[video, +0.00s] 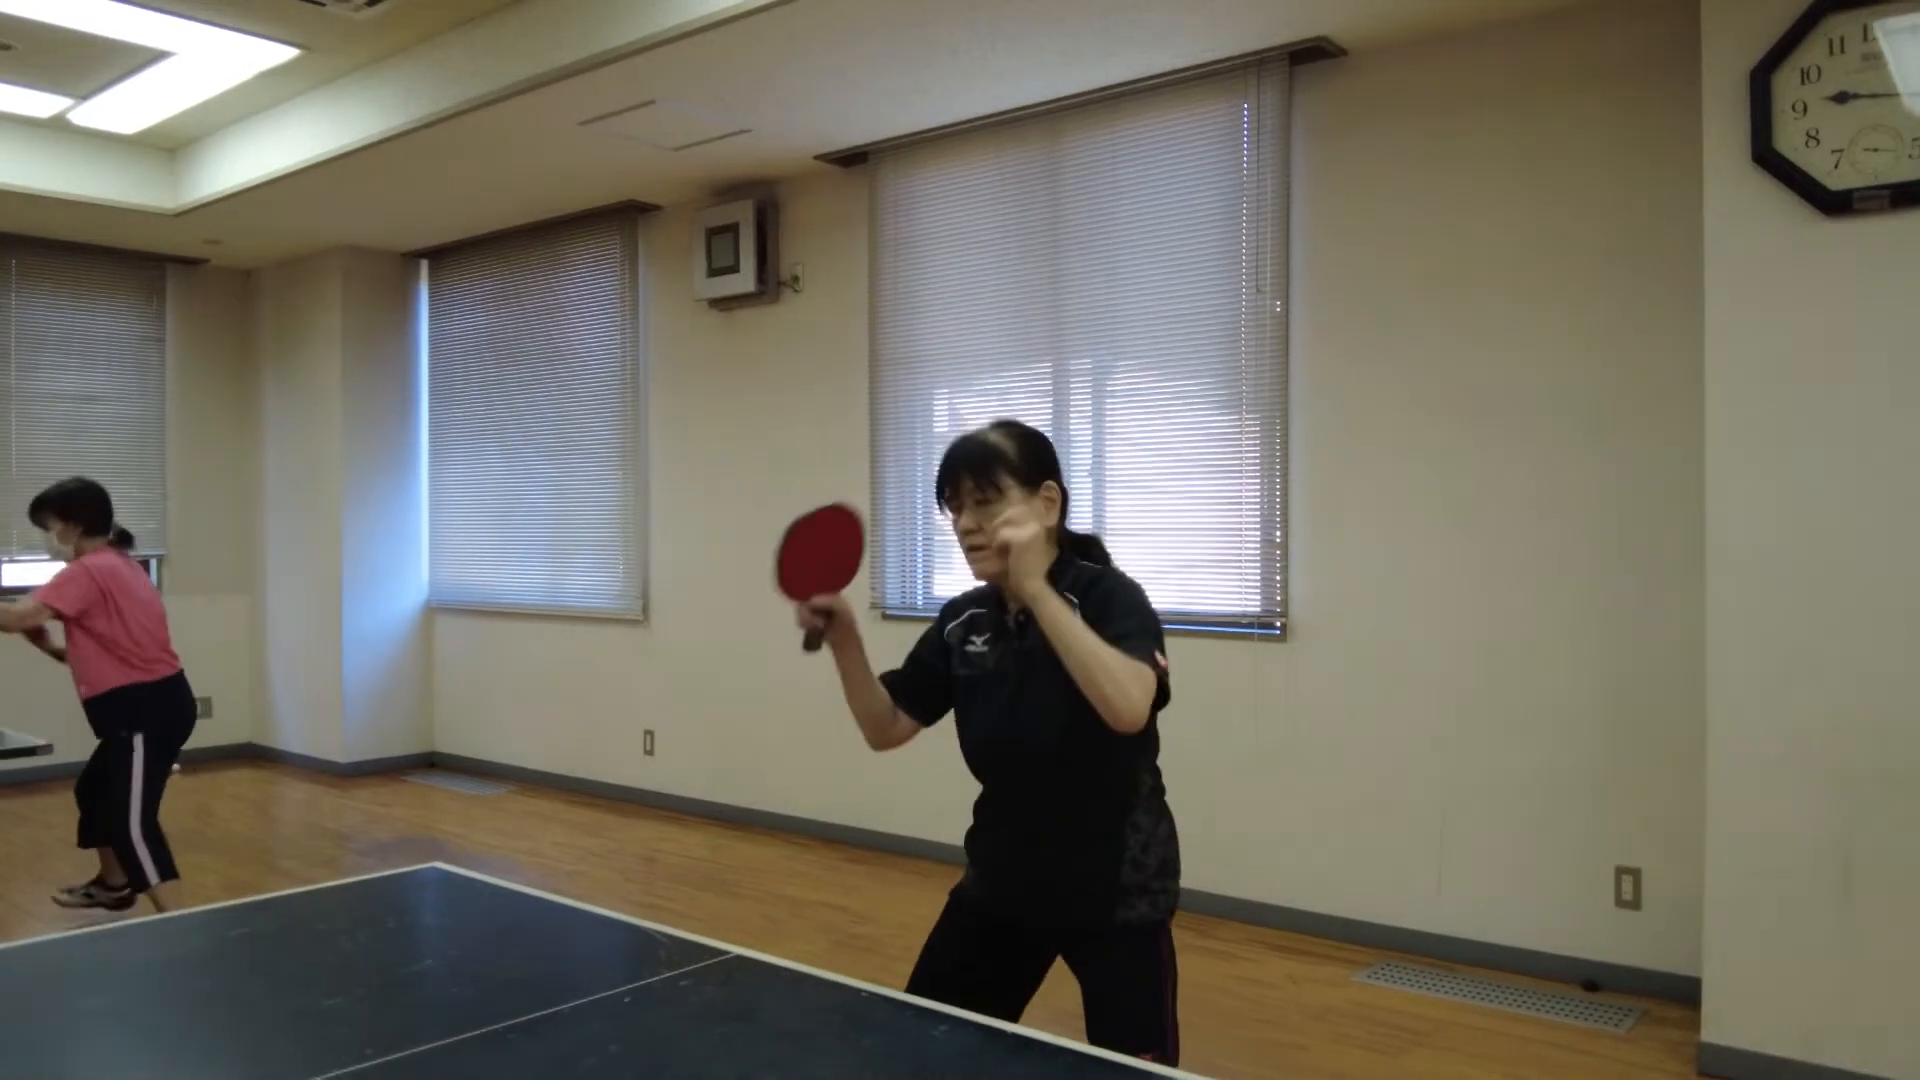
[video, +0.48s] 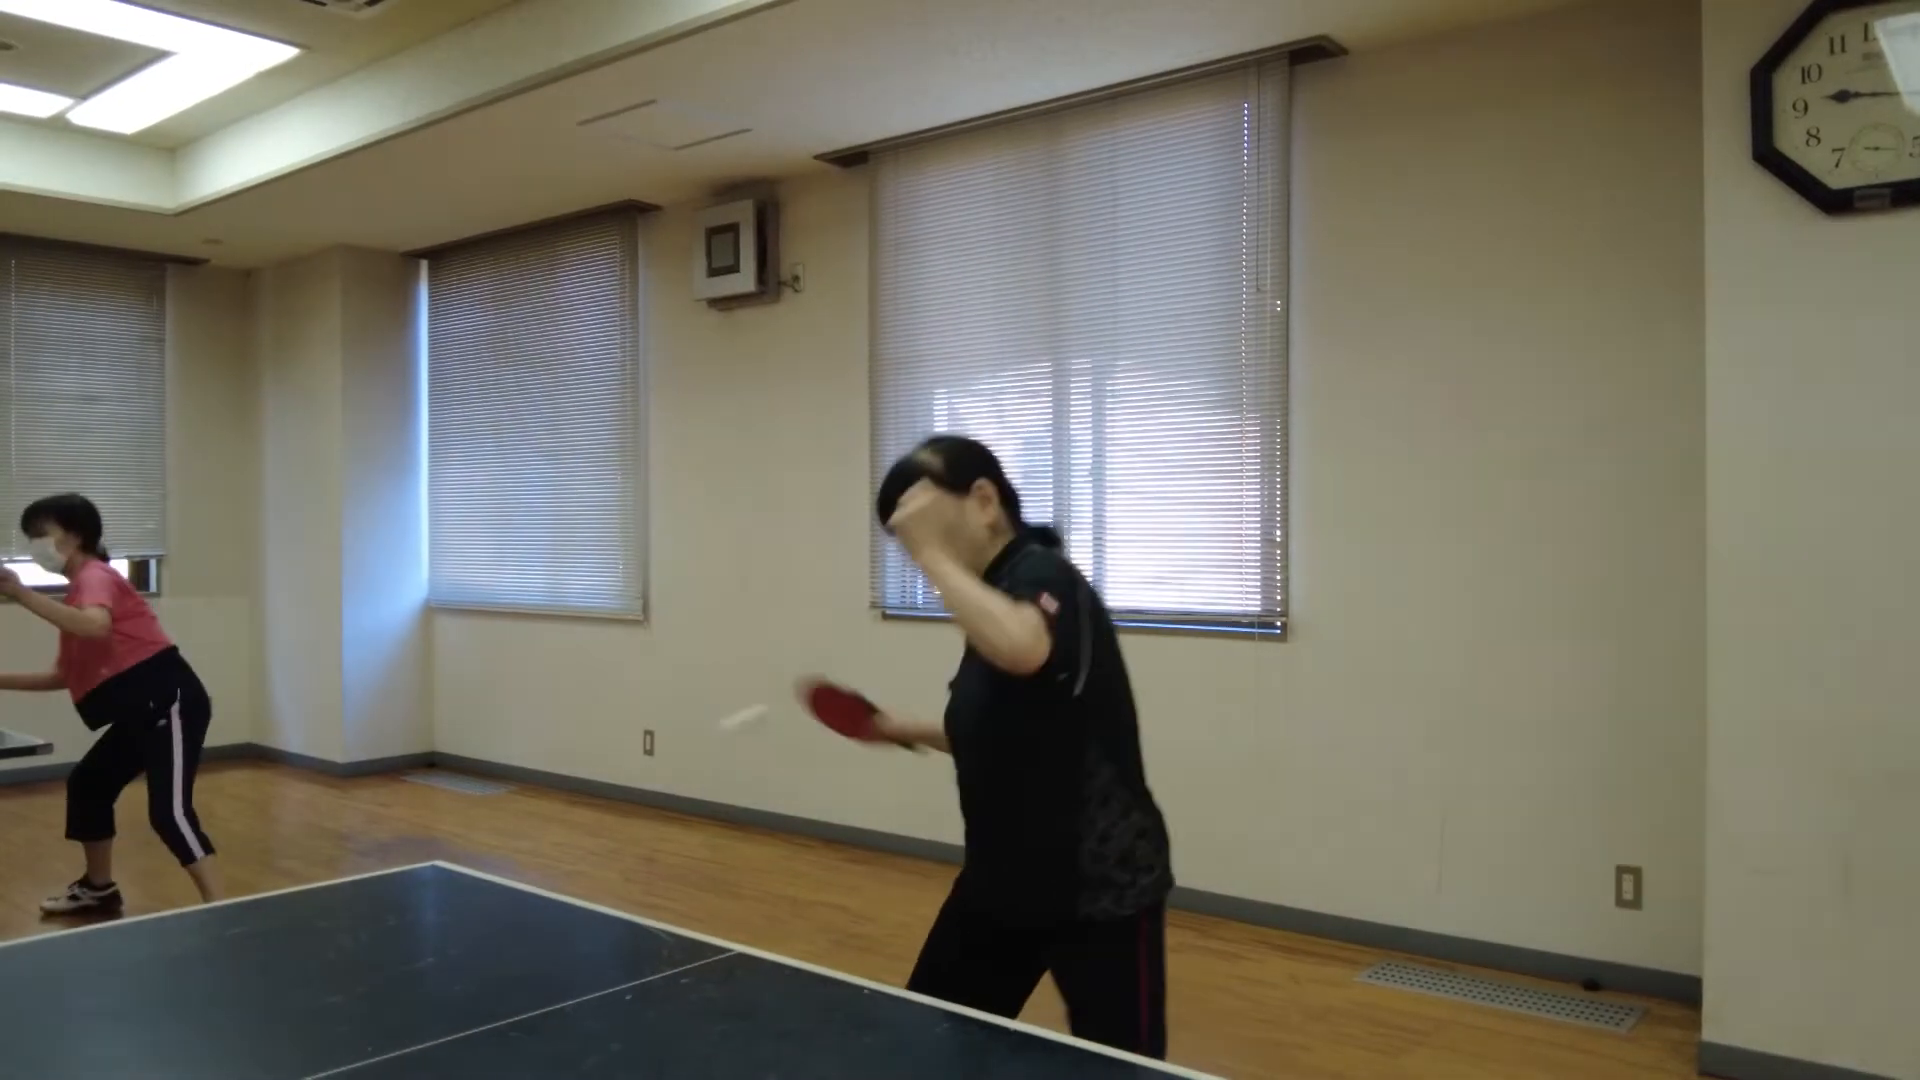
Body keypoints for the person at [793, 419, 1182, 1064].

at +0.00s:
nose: (965, 523)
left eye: (987, 501)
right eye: (956, 507)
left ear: (1049, 505)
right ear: (949, 518)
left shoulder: (1110, 600)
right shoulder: (964, 623)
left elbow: (1129, 707)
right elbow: (886, 728)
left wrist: (1035, 590)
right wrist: (845, 638)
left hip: (1115, 891)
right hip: (1005, 883)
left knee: (1140, 1076)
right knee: (919, 1049)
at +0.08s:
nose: (954, 518)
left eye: (976, 497)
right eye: (946, 504)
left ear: (1038, 503)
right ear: (939, 515)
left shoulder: (1092, 597)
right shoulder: (965, 621)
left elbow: (1116, 723)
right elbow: (910, 738)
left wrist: (1008, 613)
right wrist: (825, 668)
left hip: (1108, 888)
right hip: (1006, 880)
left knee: (1128, 1075)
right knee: (913, 1043)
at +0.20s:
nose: (927, 541)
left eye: (948, 518)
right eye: (920, 524)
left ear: (1008, 523)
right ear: (913, 532)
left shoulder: (1049, 613)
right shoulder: (975, 629)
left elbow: (1081, 743)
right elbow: (967, 771)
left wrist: (956, 661)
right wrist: (847, 753)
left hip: (1087, 910)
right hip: (1003, 897)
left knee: (1093, 1074)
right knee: (906, 1042)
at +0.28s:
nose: (909, 558)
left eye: (926, 535)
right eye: (901, 542)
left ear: (988, 534)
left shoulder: (1015, 614)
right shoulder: (980, 624)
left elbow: (1041, 736)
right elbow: (1009, 783)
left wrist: (920, 659)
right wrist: (905, 795)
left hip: (1072, 918)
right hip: (1003, 902)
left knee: (1072, 1072)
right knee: (900, 1035)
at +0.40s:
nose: (899, 560)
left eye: (911, 537)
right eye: (891, 545)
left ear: (973, 528)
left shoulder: (1008, 596)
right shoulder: (981, 610)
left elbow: (1014, 694)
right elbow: (1038, 757)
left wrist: (901, 611)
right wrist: (946, 771)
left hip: (1079, 903)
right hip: (1001, 889)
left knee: (1095, 1071)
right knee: (906, 1039)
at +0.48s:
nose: (915, 531)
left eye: (923, 509)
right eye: (908, 519)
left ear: (984, 501)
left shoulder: (1045, 573)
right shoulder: (1000, 596)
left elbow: (1024, 646)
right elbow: (1002, 736)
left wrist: (932, 554)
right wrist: (900, 729)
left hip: (1099, 881)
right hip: (1010, 872)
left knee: (1124, 1072)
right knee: (923, 1044)